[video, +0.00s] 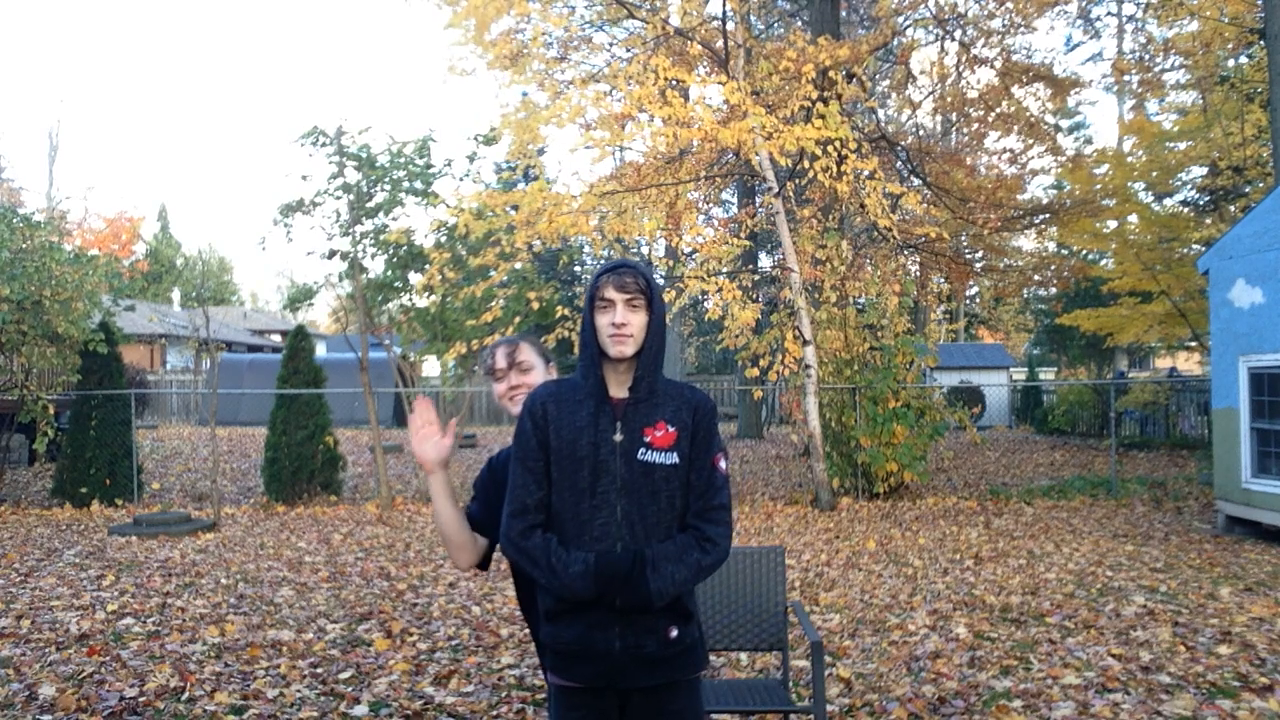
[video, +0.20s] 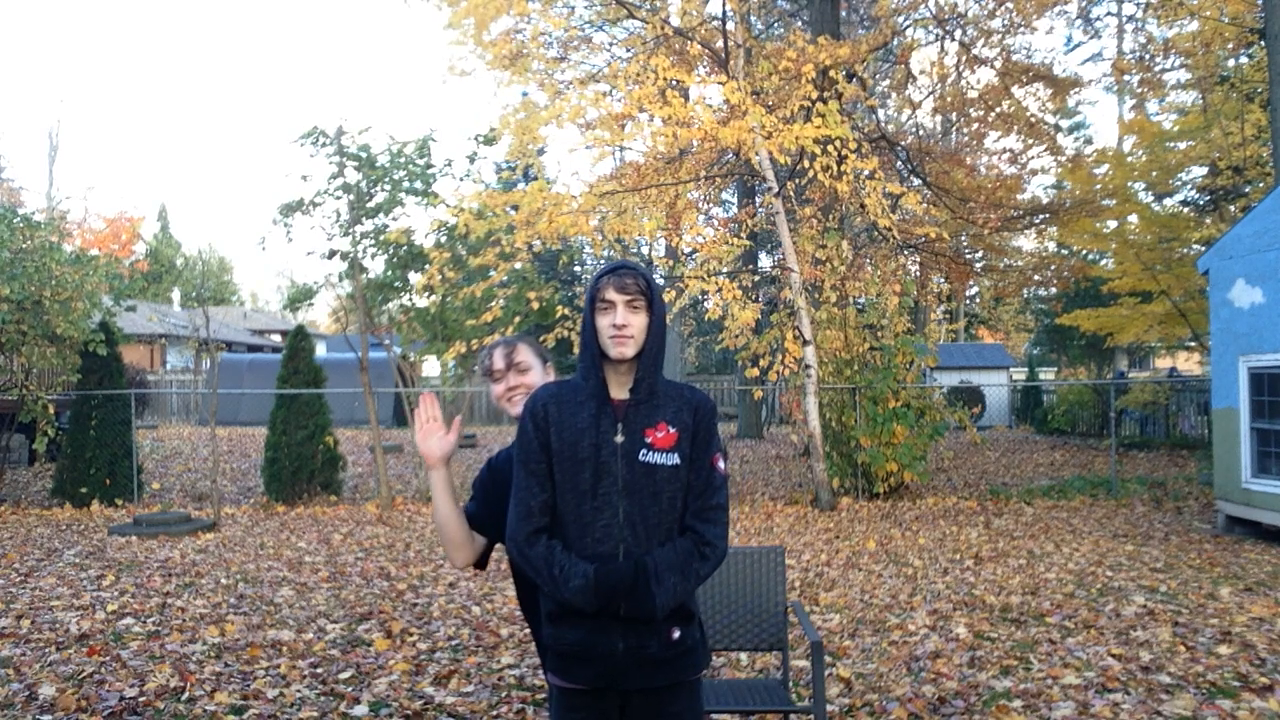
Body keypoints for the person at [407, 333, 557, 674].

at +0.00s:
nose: (512, 383)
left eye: (524, 369)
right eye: (499, 376)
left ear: (552, 372)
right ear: (494, 391)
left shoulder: (602, 442)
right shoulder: (504, 469)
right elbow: (468, 556)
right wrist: (435, 471)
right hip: (566, 651)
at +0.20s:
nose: (510, 384)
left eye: (522, 369)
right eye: (497, 377)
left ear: (550, 373)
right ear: (491, 393)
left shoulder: (603, 439)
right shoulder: (505, 469)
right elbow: (464, 554)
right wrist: (438, 467)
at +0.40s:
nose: (509, 385)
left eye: (520, 371)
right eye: (496, 379)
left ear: (548, 375)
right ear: (489, 396)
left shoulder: (600, 441)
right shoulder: (503, 470)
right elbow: (464, 557)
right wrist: (443, 468)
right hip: (568, 656)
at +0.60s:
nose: (509, 386)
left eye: (520, 371)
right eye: (496, 380)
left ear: (548, 375)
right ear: (489, 396)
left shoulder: (599, 442)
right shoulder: (503, 469)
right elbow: (463, 557)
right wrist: (439, 471)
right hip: (565, 654)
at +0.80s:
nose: (512, 387)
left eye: (524, 373)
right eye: (499, 381)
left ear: (551, 376)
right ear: (490, 395)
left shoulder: (601, 444)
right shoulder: (503, 470)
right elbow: (464, 559)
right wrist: (440, 472)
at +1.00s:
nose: (521, 389)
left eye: (533, 375)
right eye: (507, 382)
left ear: (558, 377)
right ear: (498, 395)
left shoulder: (602, 446)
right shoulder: (508, 470)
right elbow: (470, 563)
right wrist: (453, 476)